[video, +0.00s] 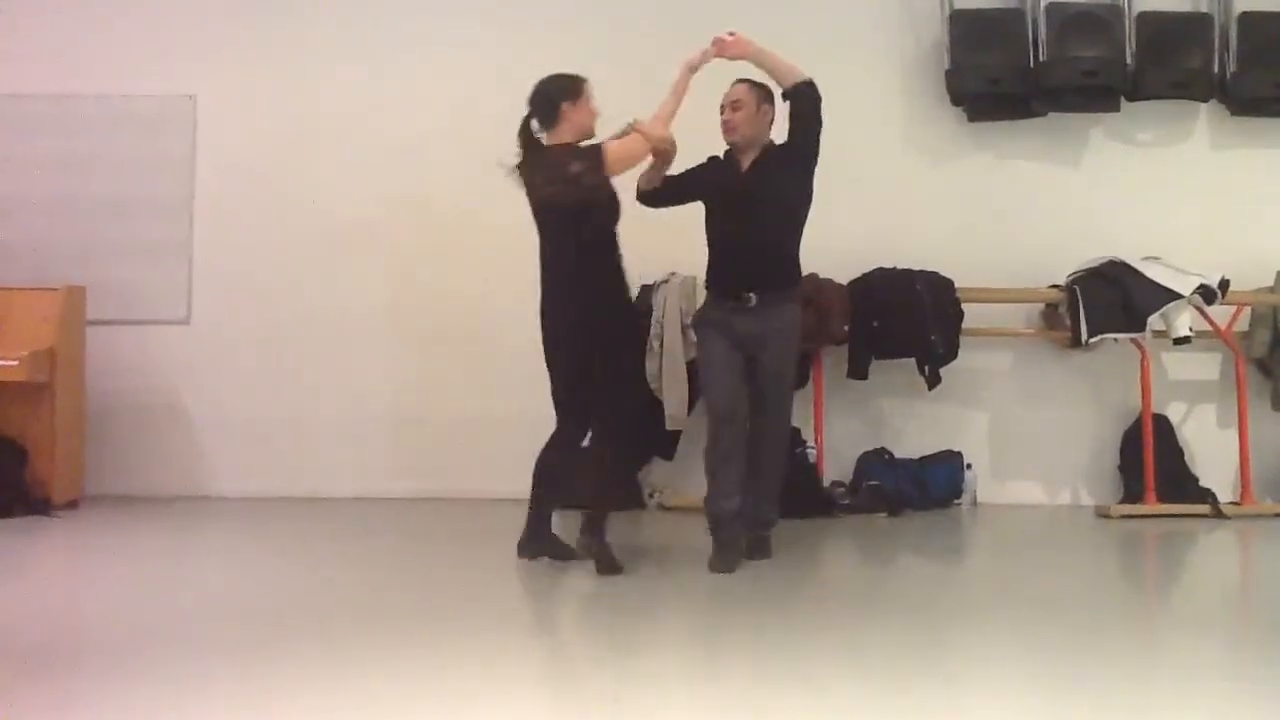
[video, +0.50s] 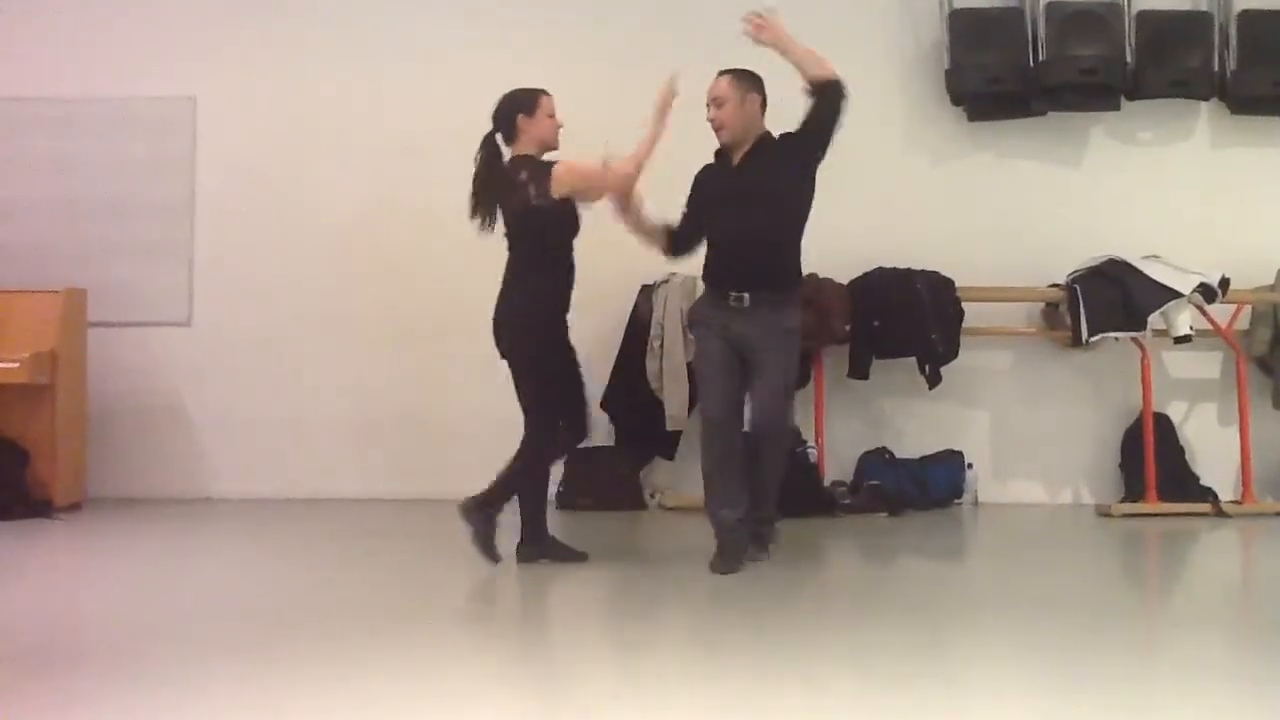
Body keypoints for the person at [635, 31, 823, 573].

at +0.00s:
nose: (726, 116)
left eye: (737, 108)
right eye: (723, 110)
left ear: (767, 114)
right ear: (724, 121)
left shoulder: (794, 162)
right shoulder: (714, 172)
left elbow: (806, 93)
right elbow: (650, 193)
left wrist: (753, 50)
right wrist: (661, 157)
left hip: (777, 313)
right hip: (721, 316)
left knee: (773, 422)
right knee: (725, 420)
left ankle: (760, 526)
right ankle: (725, 531)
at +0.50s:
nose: (710, 114)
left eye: (720, 104)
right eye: (709, 105)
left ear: (757, 106)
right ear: (718, 111)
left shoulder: (796, 154)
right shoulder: (710, 177)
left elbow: (830, 91)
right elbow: (679, 243)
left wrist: (784, 42)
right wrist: (634, 216)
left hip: (775, 313)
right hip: (716, 312)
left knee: (770, 424)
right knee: (716, 424)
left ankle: (761, 520)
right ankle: (729, 535)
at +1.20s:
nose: (739, 118)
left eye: (748, 108)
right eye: (738, 109)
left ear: (785, 108)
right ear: (761, 111)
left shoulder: (831, 159)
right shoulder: (741, 184)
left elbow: (903, 180)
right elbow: (727, 258)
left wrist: (862, 200)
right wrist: (696, 319)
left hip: (832, 319)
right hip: (770, 324)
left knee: (852, 430)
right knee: (755, 428)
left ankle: (876, 539)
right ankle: (759, 539)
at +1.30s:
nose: (737, 112)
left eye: (747, 101)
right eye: (736, 102)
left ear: (784, 101)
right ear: (759, 105)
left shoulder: (830, 159)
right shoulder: (737, 172)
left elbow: (900, 205)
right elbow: (726, 245)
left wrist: (870, 259)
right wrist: (698, 303)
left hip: (822, 317)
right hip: (758, 320)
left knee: (844, 430)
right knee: (750, 427)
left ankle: (873, 537)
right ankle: (759, 539)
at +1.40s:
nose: (740, 107)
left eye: (749, 97)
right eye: (739, 98)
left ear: (787, 98)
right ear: (770, 101)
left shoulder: (833, 161)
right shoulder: (737, 168)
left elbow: (890, 220)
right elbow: (714, 240)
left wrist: (864, 284)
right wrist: (676, 270)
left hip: (817, 315)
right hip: (752, 316)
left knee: (826, 419)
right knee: (747, 426)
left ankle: (862, 518)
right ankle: (759, 536)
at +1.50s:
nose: (741, 103)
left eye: (751, 93)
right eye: (741, 94)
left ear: (789, 96)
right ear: (756, 100)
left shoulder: (837, 161)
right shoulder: (734, 164)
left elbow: (868, 229)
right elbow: (690, 224)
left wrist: (831, 267)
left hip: (812, 313)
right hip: (748, 314)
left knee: (814, 421)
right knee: (750, 431)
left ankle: (816, 529)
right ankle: (757, 539)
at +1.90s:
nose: (751, 98)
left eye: (761, 89)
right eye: (749, 91)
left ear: (798, 94)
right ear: (754, 101)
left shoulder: (841, 164)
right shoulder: (740, 161)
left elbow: (856, 240)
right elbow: (684, 199)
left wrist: (804, 234)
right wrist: (686, 136)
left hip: (822, 311)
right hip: (758, 310)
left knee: (814, 430)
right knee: (753, 427)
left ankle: (792, 543)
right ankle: (749, 536)